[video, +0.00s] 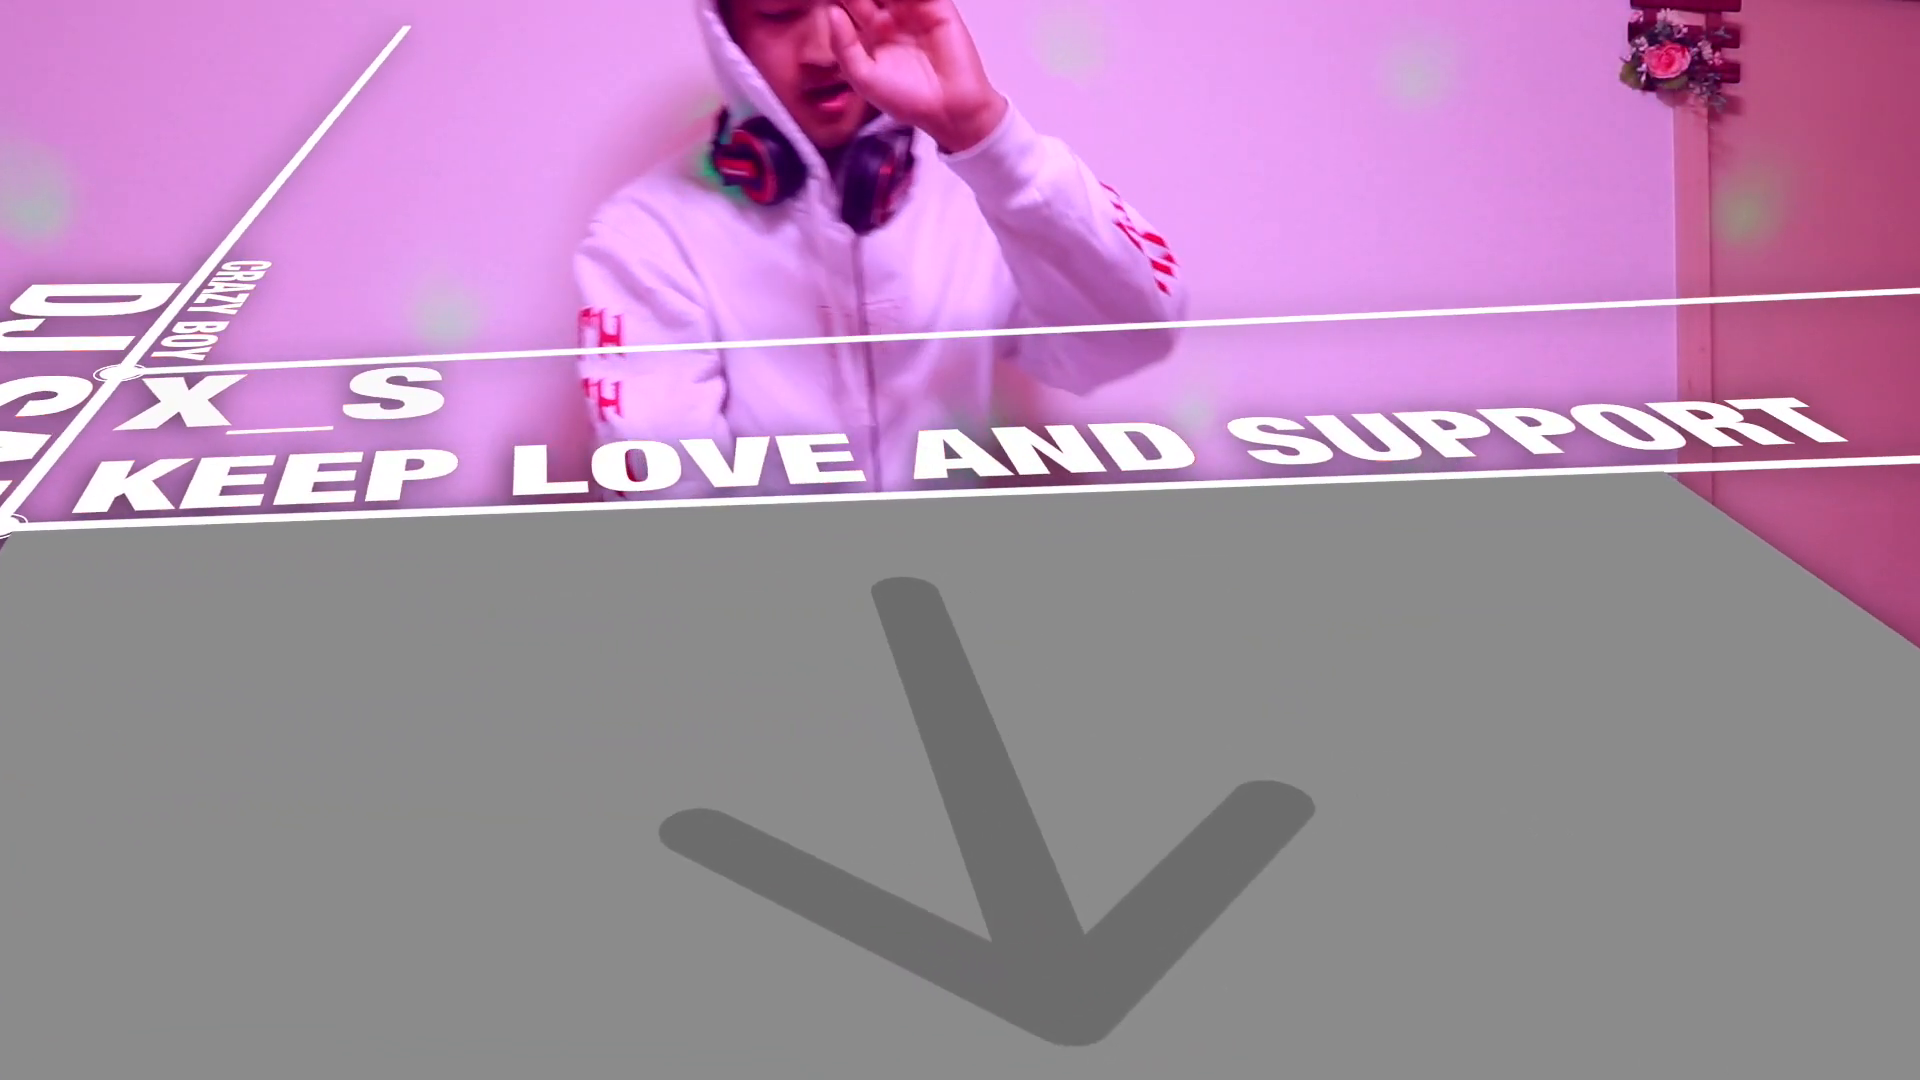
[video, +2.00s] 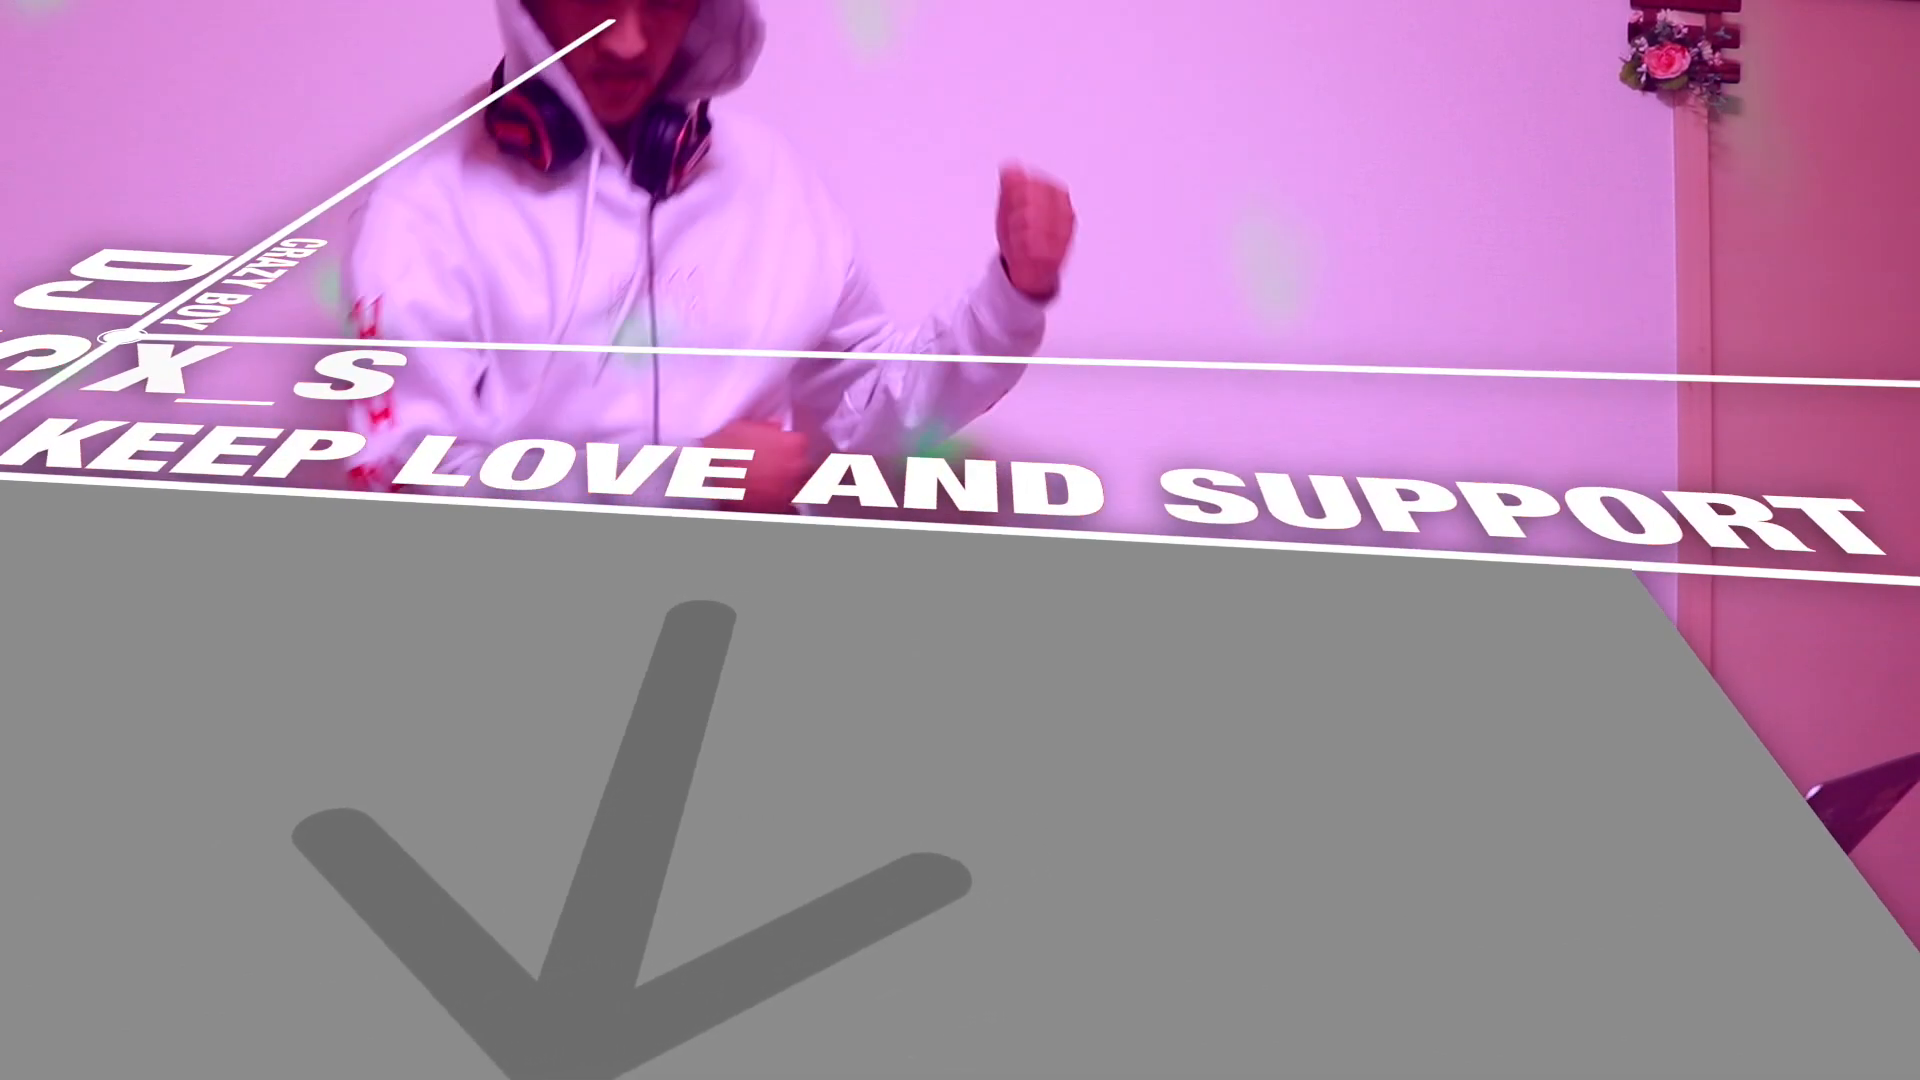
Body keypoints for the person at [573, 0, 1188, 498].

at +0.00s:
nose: (828, 46)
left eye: (855, 6)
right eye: (782, 16)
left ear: (901, 19)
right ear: (724, 37)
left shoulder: (976, 188)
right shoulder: (651, 232)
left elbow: (1135, 334)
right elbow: (660, 479)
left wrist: (980, 132)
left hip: (971, 559)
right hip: (770, 582)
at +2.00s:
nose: (627, 42)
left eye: (659, 7)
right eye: (592, 6)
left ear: (698, 12)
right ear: (531, 7)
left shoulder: (774, 183)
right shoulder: (427, 200)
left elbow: (863, 417)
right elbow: (411, 458)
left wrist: (1013, 296)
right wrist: (680, 479)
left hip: (744, 590)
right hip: (516, 595)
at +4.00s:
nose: (721, 24)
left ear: (809, 10)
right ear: (640, 20)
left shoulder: (922, 210)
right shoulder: (567, 216)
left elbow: (958, 487)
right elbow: (494, 491)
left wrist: (700, 605)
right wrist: (465, 367)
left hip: (846, 797)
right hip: (608, 791)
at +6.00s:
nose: (883, 43)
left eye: (924, 12)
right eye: (851, 5)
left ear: (971, 31)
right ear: (803, 14)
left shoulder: (1038, 249)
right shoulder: (681, 205)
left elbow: (1100, 534)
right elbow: (608, 476)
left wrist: (1023, 412)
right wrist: (623, 635)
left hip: (956, 784)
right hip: (715, 772)